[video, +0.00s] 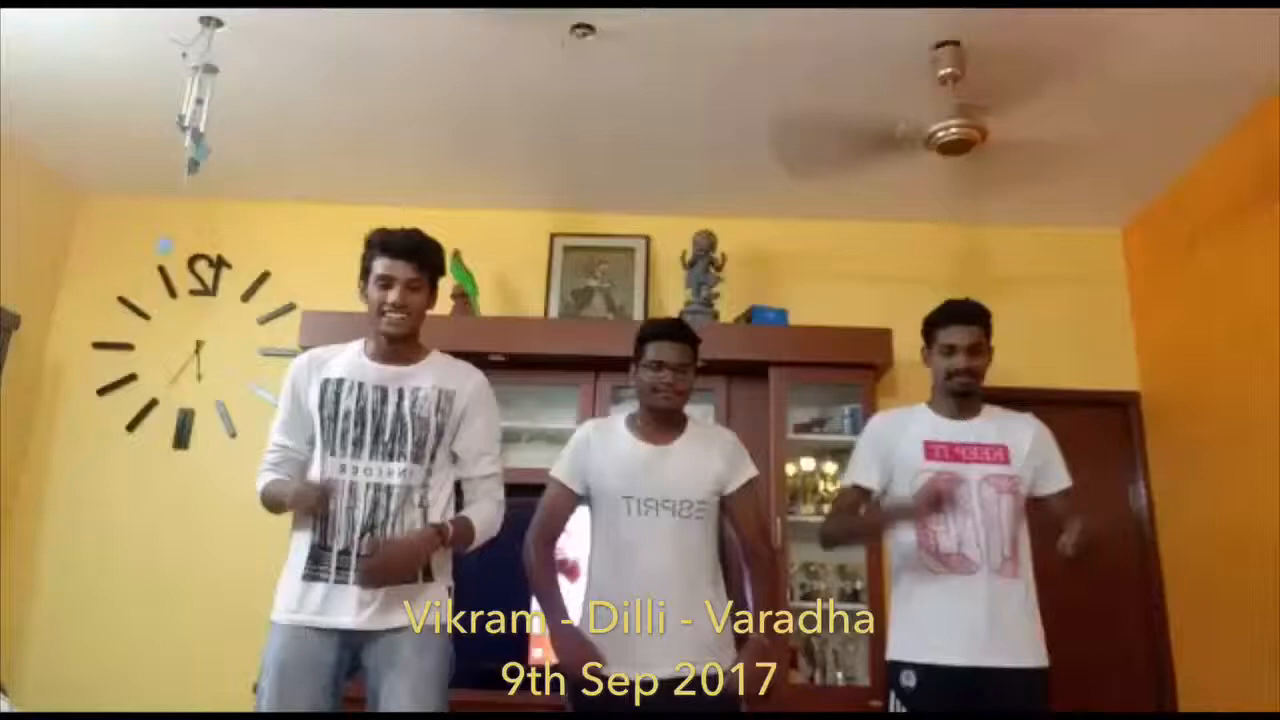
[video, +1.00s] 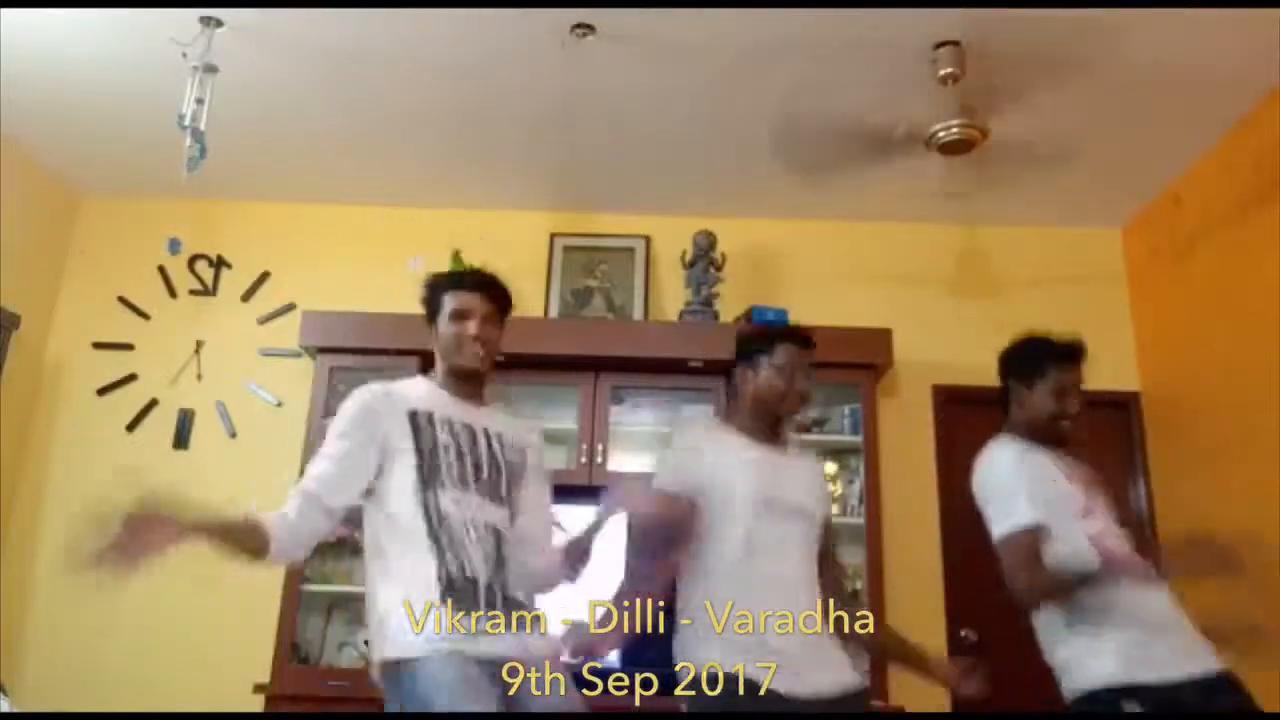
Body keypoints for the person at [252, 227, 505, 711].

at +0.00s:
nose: (396, 299)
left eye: (412, 288)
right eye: (384, 284)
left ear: (433, 298)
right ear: (364, 289)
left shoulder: (464, 386)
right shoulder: (311, 371)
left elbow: (488, 508)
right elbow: (274, 477)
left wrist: (428, 541)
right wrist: (294, 494)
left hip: (411, 611)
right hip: (310, 607)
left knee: (412, 706)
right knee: (283, 706)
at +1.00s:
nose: (478, 332)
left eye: (491, 321)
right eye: (462, 318)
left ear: (502, 337)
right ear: (432, 331)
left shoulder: (522, 442)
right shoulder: (380, 408)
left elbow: (529, 570)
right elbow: (298, 528)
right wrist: (192, 528)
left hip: (517, 644)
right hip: (428, 640)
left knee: (572, 703)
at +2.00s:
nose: (273, 331)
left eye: (292, 320)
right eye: (278, 320)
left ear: (336, 340)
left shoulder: (340, 422)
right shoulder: (283, 430)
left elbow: (339, 573)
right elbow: (248, 545)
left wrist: (364, 550)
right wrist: (178, 571)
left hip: (223, 635)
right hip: (167, 621)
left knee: (129, 709)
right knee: (73, 707)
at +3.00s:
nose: (356, 299)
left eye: (373, 287)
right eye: (349, 288)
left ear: (411, 304)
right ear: (340, 299)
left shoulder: (454, 389)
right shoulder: (295, 374)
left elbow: (575, 370)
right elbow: (154, 362)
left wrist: (481, 334)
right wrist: (104, 265)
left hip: (400, 616)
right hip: (297, 609)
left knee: (410, 710)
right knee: (226, 707)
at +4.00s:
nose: (354, 300)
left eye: (374, 293)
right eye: (361, 290)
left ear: (413, 319)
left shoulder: (447, 399)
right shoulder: (302, 359)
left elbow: (551, 380)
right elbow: (211, 296)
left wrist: (462, 320)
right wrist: (174, 193)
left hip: (355, 617)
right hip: (251, 599)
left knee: (364, 703)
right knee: (193, 704)